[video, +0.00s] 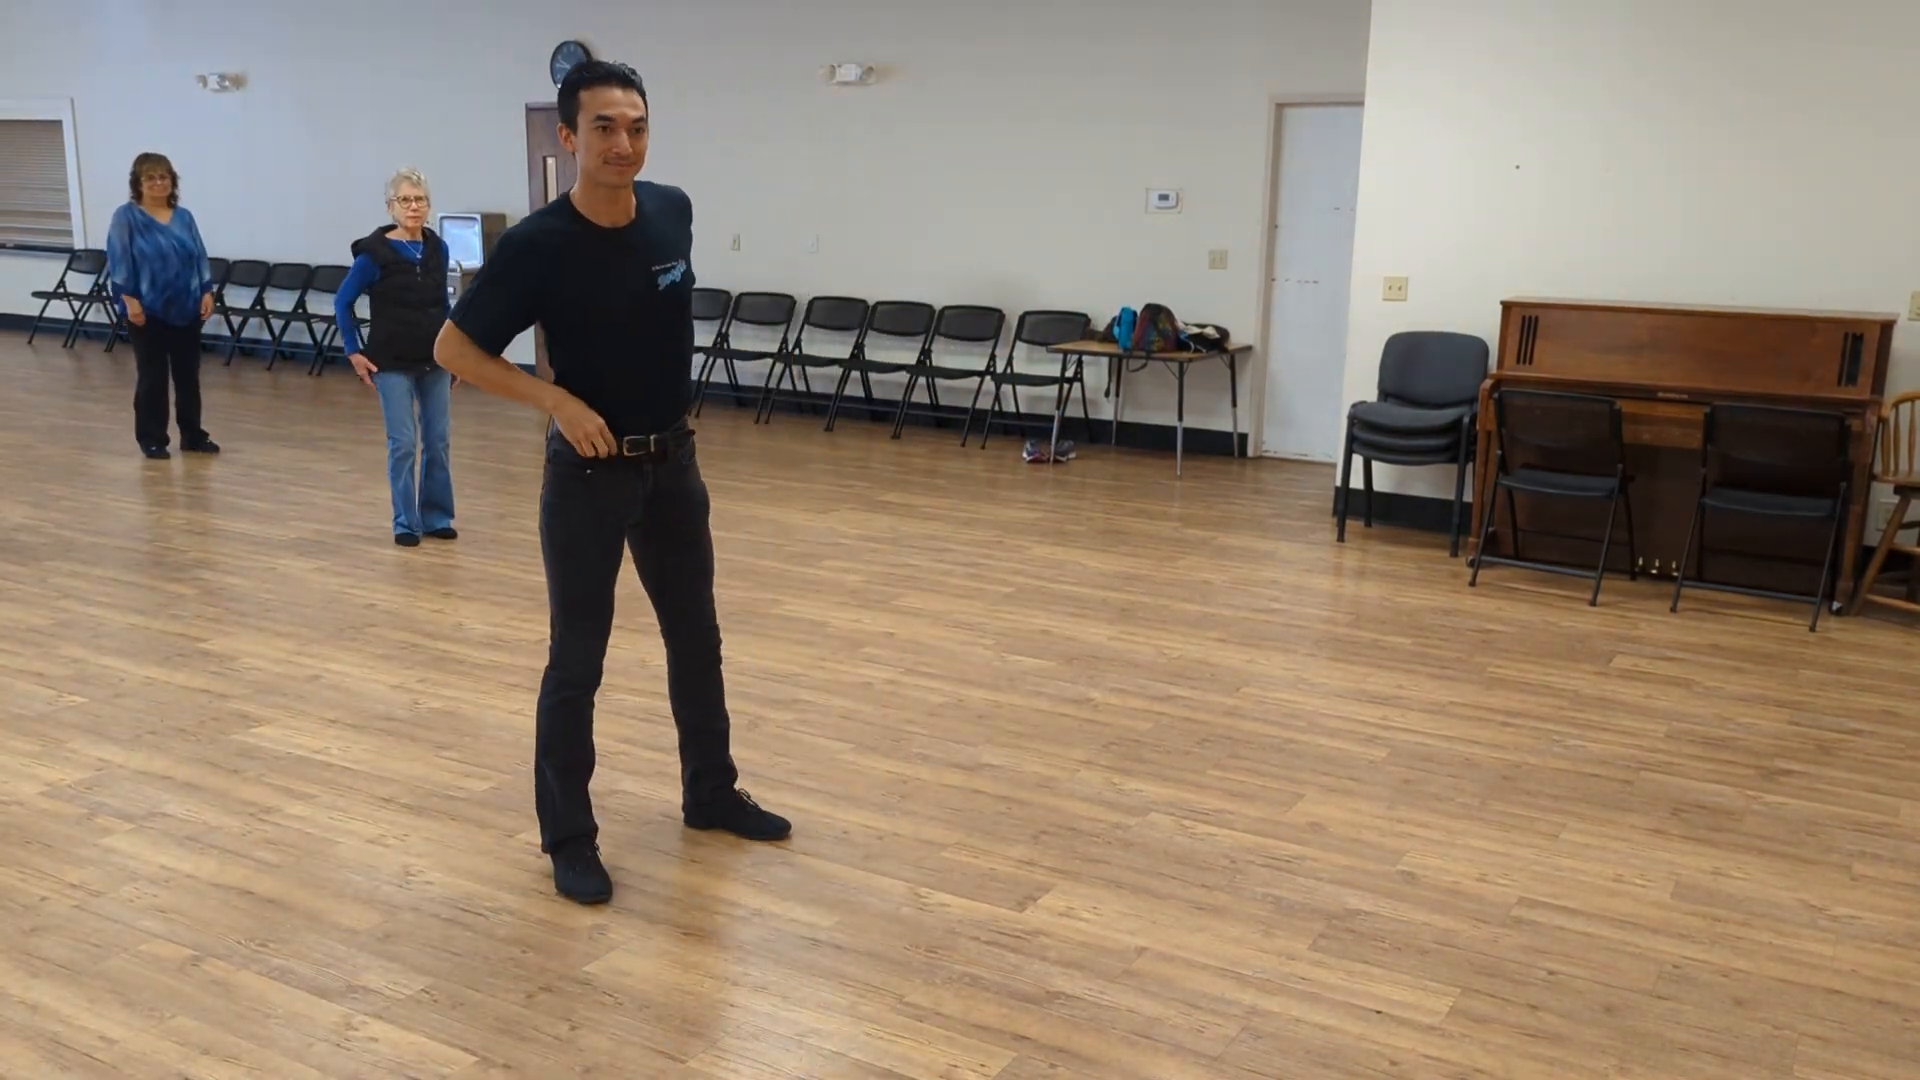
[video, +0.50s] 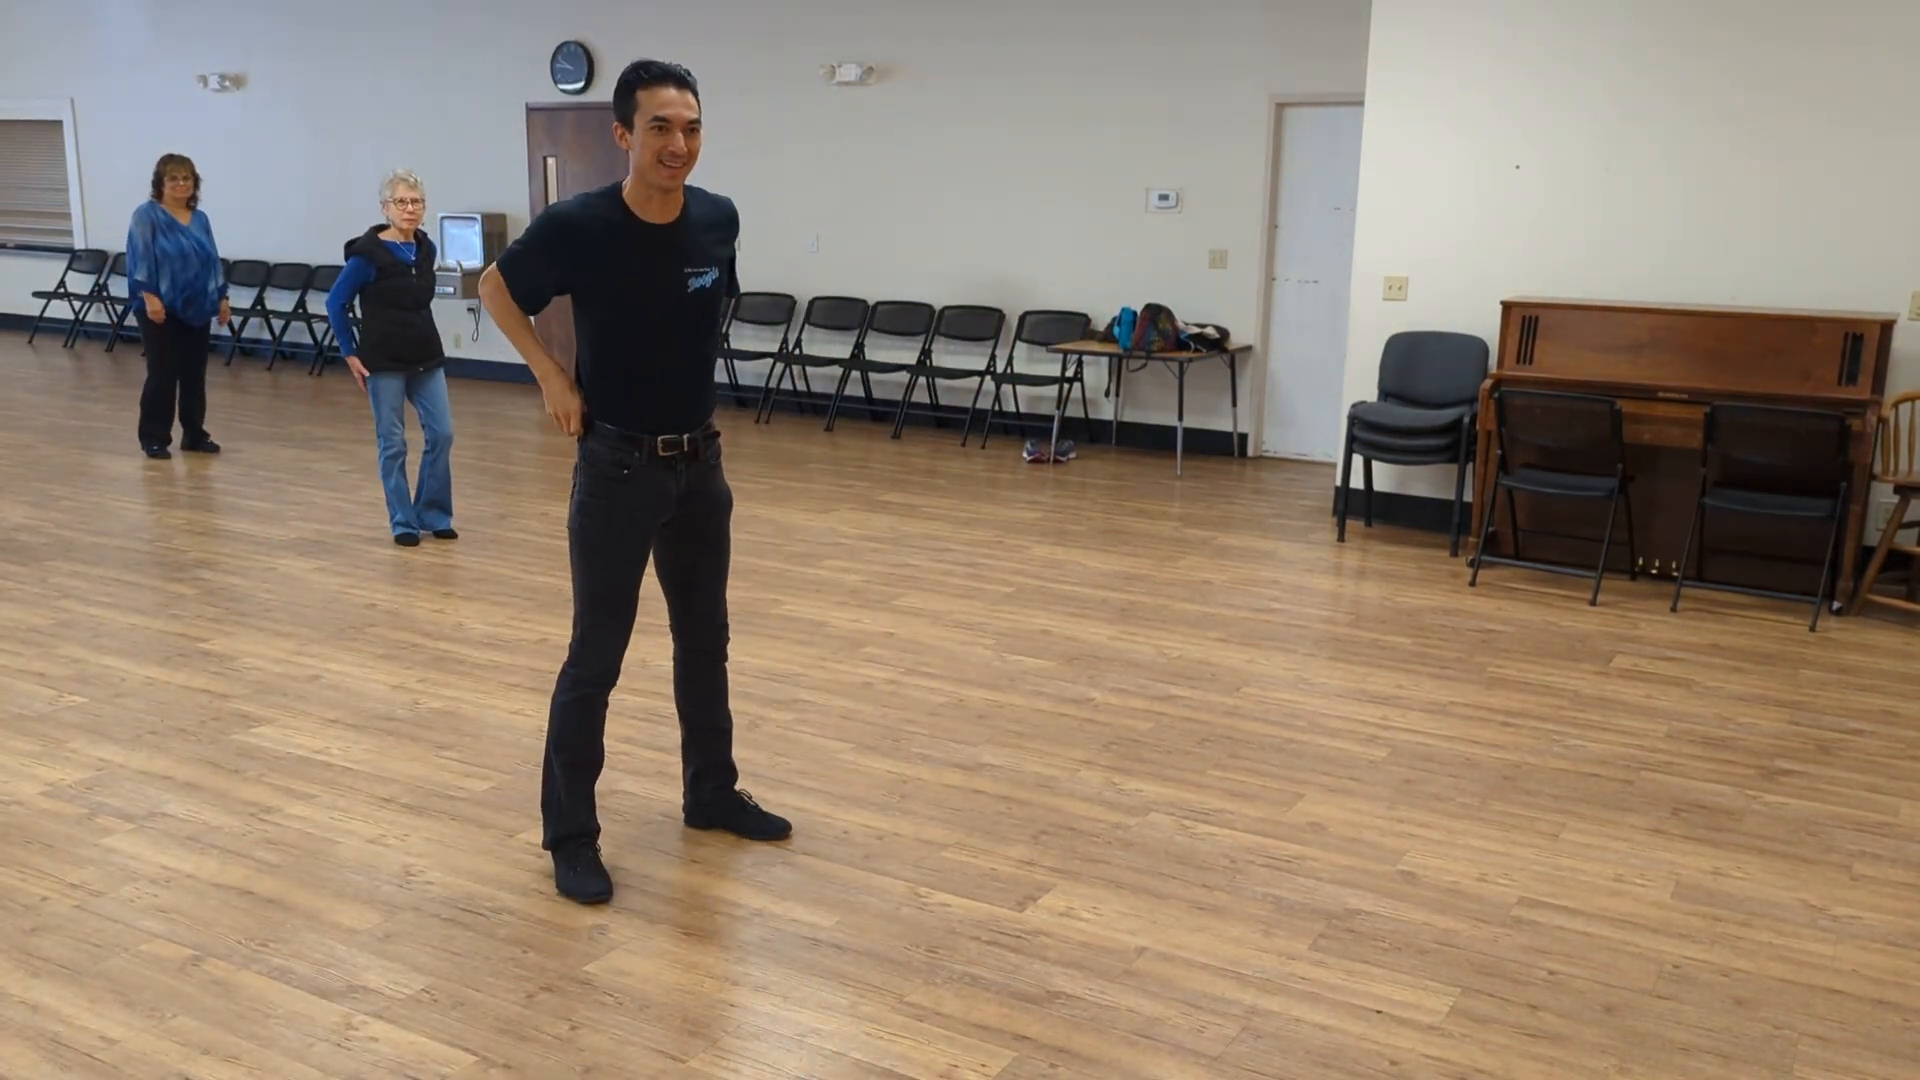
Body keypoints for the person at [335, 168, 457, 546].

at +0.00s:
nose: (413, 207)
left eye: (419, 200)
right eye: (405, 200)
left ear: (429, 205)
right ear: (392, 206)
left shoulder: (438, 249)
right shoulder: (376, 252)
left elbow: (444, 303)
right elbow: (342, 301)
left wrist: (454, 351)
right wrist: (354, 351)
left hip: (435, 359)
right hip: (390, 362)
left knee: (437, 441)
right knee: (404, 442)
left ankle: (437, 518)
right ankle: (405, 524)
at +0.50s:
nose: (410, 209)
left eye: (416, 202)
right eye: (401, 202)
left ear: (424, 207)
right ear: (386, 207)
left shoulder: (426, 249)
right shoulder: (370, 253)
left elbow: (417, 300)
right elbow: (335, 302)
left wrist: (421, 339)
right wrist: (350, 353)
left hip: (425, 358)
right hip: (383, 362)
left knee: (441, 434)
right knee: (393, 443)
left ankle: (434, 515)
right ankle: (403, 523)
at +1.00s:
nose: (415, 209)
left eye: (420, 202)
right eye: (406, 203)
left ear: (427, 208)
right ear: (389, 207)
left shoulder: (429, 247)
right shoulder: (373, 254)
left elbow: (424, 300)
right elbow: (342, 305)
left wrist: (428, 341)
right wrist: (355, 357)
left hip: (433, 357)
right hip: (390, 361)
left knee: (449, 436)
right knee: (397, 444)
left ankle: (456, 517)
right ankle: (404, 524)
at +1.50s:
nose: (434, 207)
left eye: (440, 201)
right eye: (426, 201)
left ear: (447, 205)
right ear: (410, 205)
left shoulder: (450, 246)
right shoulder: (394, 251)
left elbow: (452, 305)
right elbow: (367, 307)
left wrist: (466, 353)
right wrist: (379, 357)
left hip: (453, 357)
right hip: (410, 359)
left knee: (453, 441)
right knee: (409, 444)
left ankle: (455, 518)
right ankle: (406, 524)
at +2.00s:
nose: (449, 210)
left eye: (455, 203)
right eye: (441, 204)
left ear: (462, 208)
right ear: (425, 209)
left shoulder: (467, 250)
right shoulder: (409, 254)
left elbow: (473, 303)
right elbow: (384, 309)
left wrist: (487, 346)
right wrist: (395, 358)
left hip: (470, 360)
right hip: (427, 363)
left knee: (462, 440)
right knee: (430, 444)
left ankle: (457, 518)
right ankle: (410, 524)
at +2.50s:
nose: (450, 209)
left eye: (456, 202)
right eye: (442, 203)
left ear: (464, 207)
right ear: (426, 207)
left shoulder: (470, 250)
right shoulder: (410, 253)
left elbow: (478, 306)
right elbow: (382, 306)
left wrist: (486, 348)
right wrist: (389, 355)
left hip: (467, 360)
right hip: (422, 362)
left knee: (460, 440)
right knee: (429, 442)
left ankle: (457, 518)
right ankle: (414, 525)